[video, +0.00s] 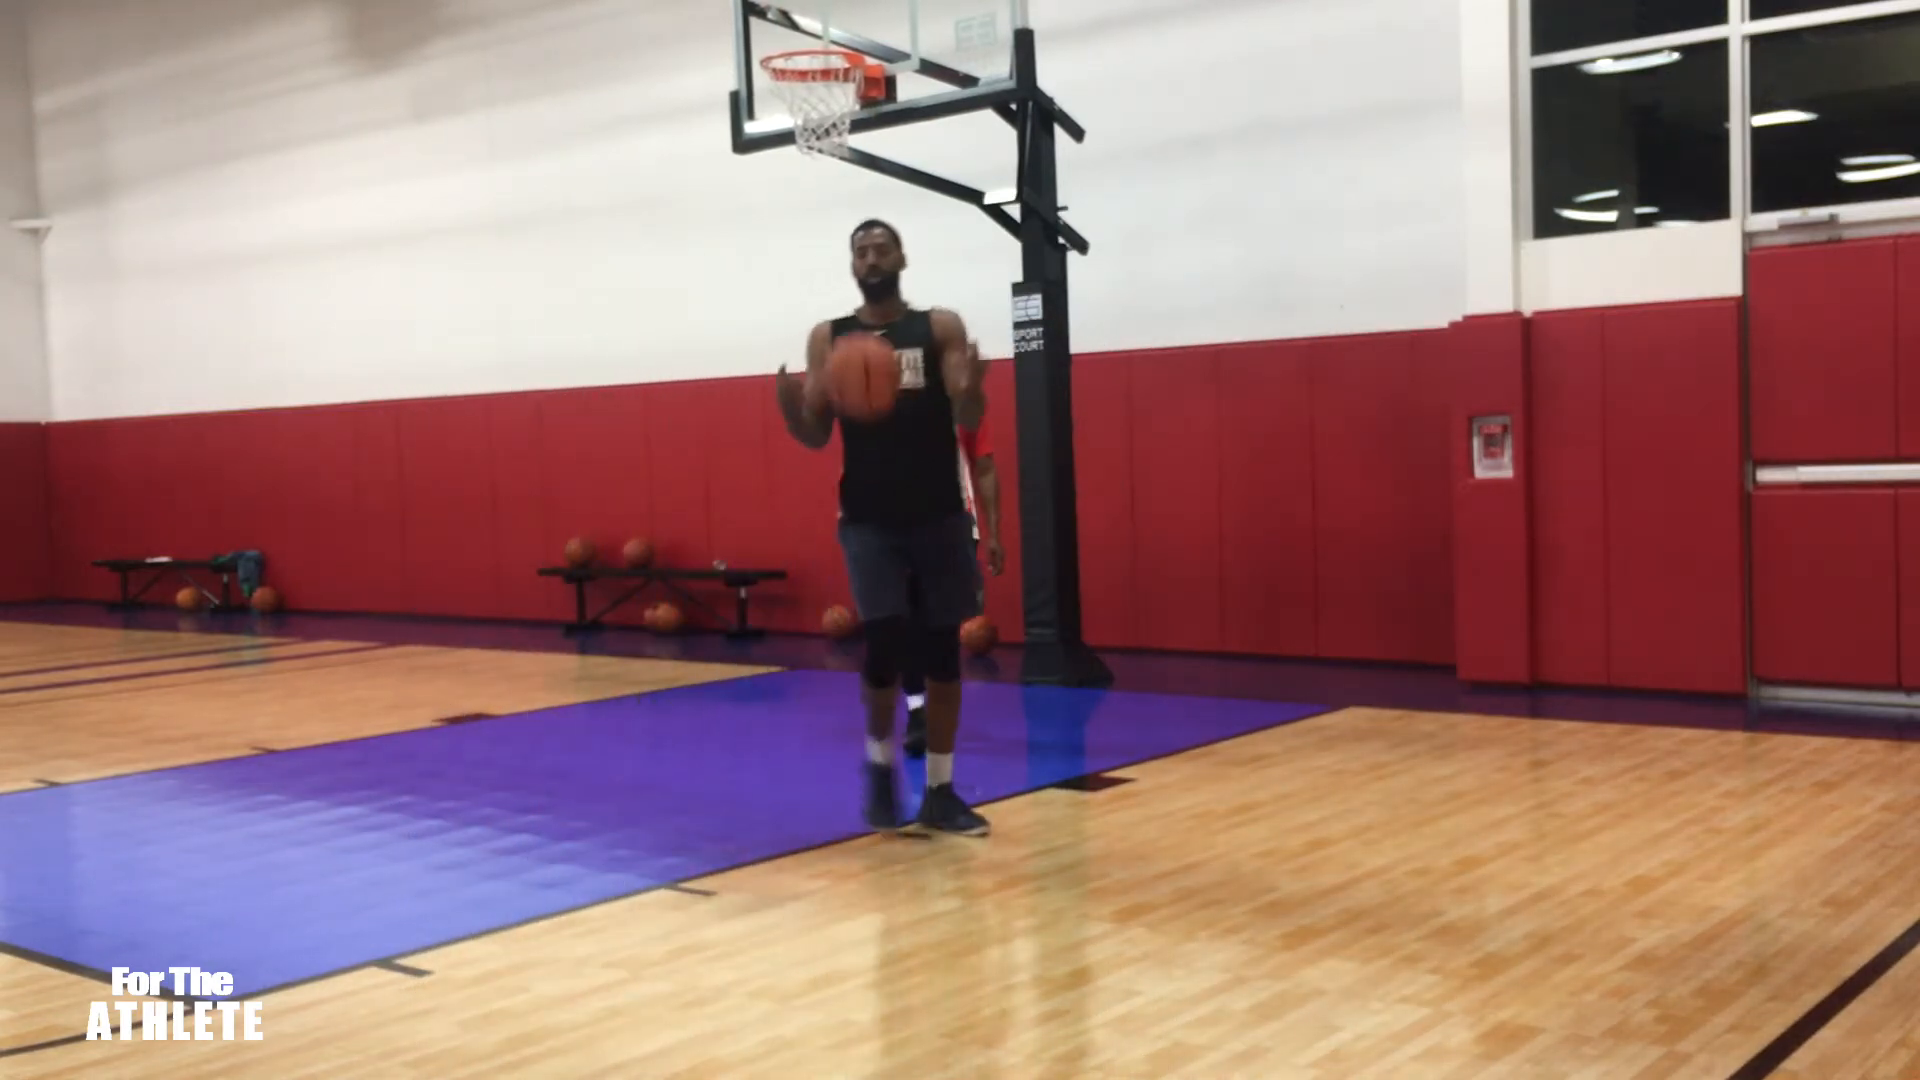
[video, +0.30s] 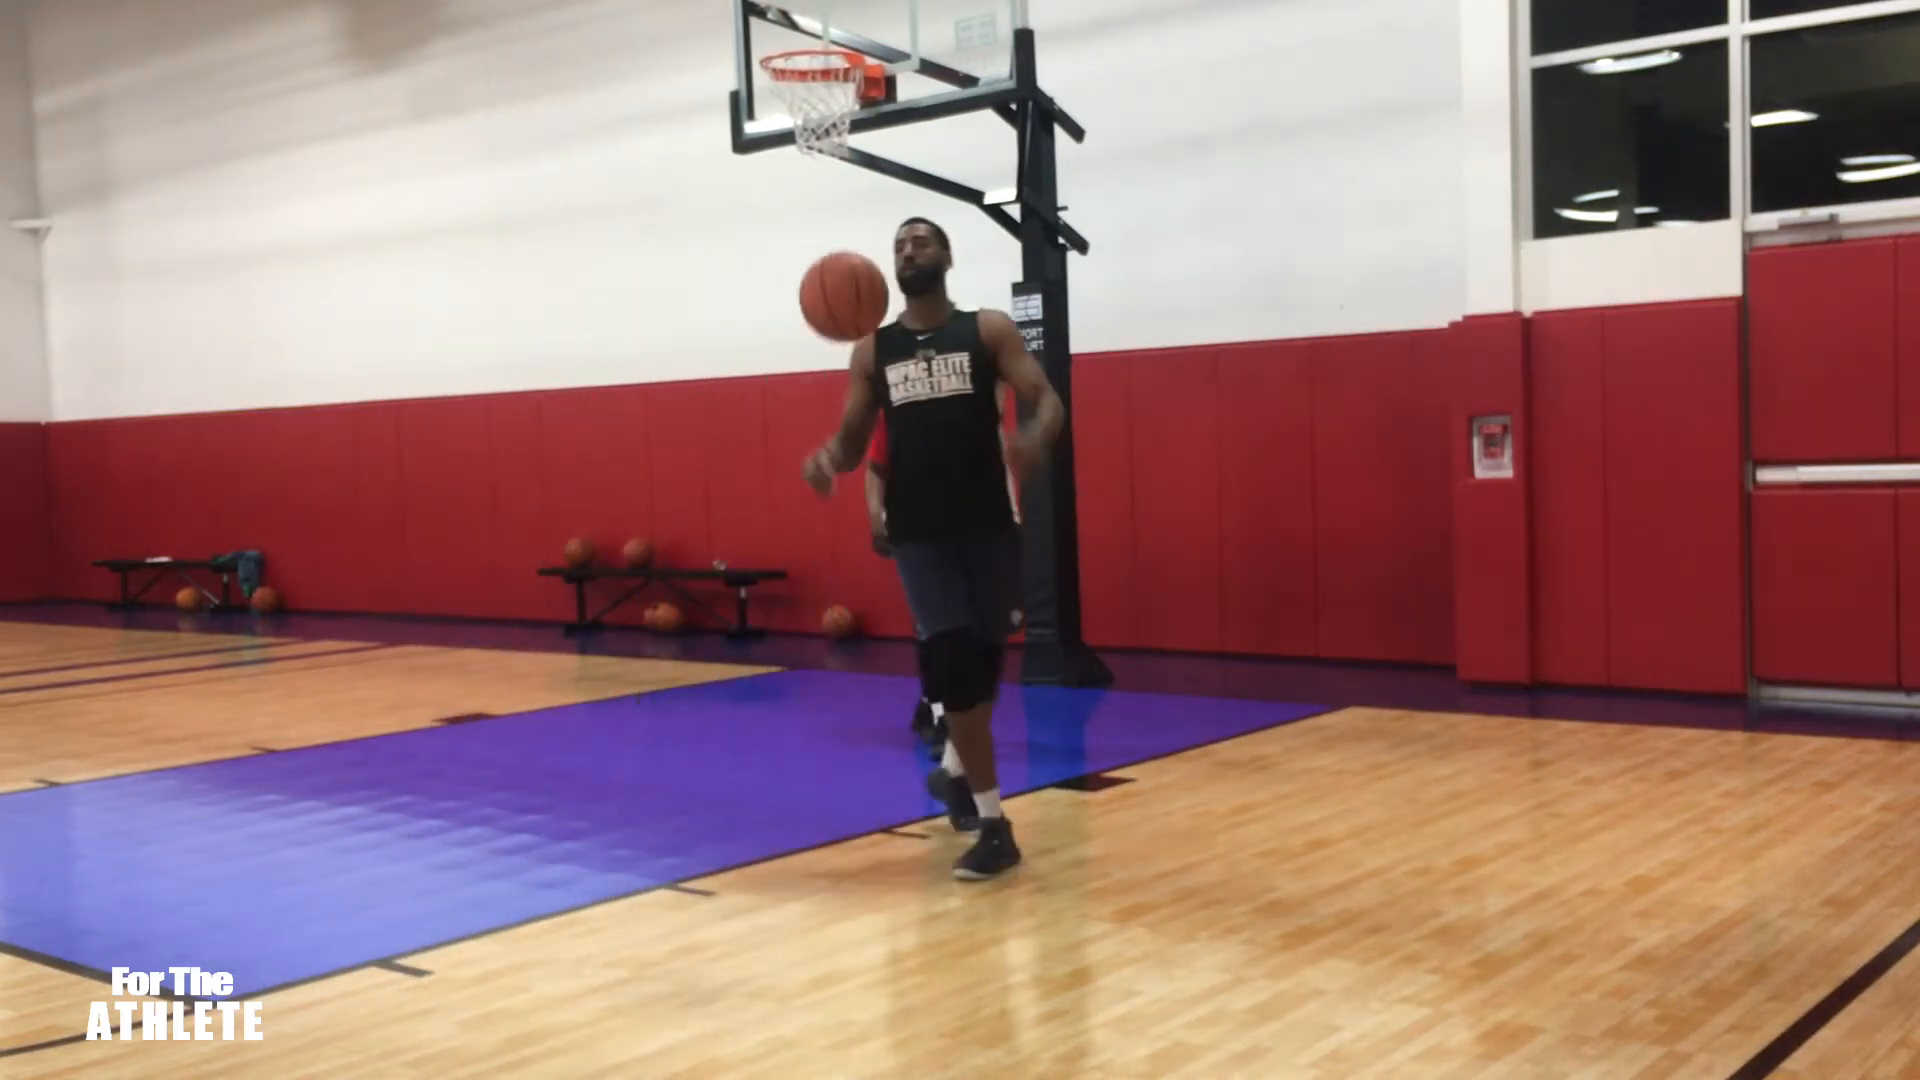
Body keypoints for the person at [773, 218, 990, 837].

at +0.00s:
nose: (872, 257)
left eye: (882, 247)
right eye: (863, 250)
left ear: (903, 258)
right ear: (851, 265)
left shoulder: (941, 327)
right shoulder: (831, 339)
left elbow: (968, 425)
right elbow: (815, 434)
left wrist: (967, 389)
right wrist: (795, 407)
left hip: (939, 515)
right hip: (869, 519)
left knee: (942, 650)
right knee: (885, 643)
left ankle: (939, 789)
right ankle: (880, 770)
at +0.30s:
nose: (911, 248)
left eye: (923, 240)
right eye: (902, 244)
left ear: (948, 259)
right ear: (893, 267)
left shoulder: (989, 329)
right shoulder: (874, 349)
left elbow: (1048, 402)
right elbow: (850, 440)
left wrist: (1032, 441)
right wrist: (829, 460)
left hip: (988, 521)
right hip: (918, 530)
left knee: (984, 665)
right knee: (956, 662)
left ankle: (953, 769)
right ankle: (993, 823)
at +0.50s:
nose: (927, 239)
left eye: (939, 229)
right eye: (917, 233)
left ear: (966, 245)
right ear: (908, 254)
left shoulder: (1014, 322)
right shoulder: (892, 341)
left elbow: (1051, 423)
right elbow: (894, 436)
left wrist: (1080, 521)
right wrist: (885, 499)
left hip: (1015, 527)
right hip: (936, 538)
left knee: (1037, 667)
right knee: (959, 681)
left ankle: (1027, 781)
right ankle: (993, 824)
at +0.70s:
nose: (945, 246)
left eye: (956, 233)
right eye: (935, 237)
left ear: (987, 238)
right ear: (927, 249)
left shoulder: (1046, 322)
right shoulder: (912, 337)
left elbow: (1084, 423)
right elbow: (905, 436)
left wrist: (1116, 512)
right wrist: (902, 509)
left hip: (1035, 534)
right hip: (954, 540)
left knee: (1060, 679)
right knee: (974, 691)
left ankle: (1103, 857)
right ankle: (998, 829)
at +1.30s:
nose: (968, 227)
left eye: (978, 210)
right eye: (969, 214)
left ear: (1022, 214)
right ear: (1009, 223)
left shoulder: (1104, 295)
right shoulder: (976, 334)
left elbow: (1182, 393)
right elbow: (957, 455)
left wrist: (1119, 384)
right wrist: (890, 520)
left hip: (1090, 548)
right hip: (1003, 555)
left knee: (1098, 718)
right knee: (944, 711)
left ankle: (1188, 936)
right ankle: (957, 903)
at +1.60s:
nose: (1032, 245)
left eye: (1045, 230)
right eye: (1031, 236)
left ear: (1091, 239)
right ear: (1048, 254)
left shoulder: (1142, 308)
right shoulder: (1040, 352)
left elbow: (1179, 400)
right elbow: (1010, 473)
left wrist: (1098, 282)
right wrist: (921, 407)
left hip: (1076, 562)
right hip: (998, 562)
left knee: (1075, 742)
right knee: (927, 724)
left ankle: (1192, 948)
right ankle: (957, 905)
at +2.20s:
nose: (924, 283)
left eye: (933, 266)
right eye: (921, 268)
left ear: (980, 263)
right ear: (964, 268)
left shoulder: (1082, 320)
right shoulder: (949, 360)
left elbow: (1162, 423)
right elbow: (949, 479)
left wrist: (1075, 394)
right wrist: (953, 472)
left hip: (1122, 545)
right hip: (1021, 553)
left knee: (1171, 704)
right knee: (979, 708)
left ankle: (1229, 904)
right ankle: (985, 899)